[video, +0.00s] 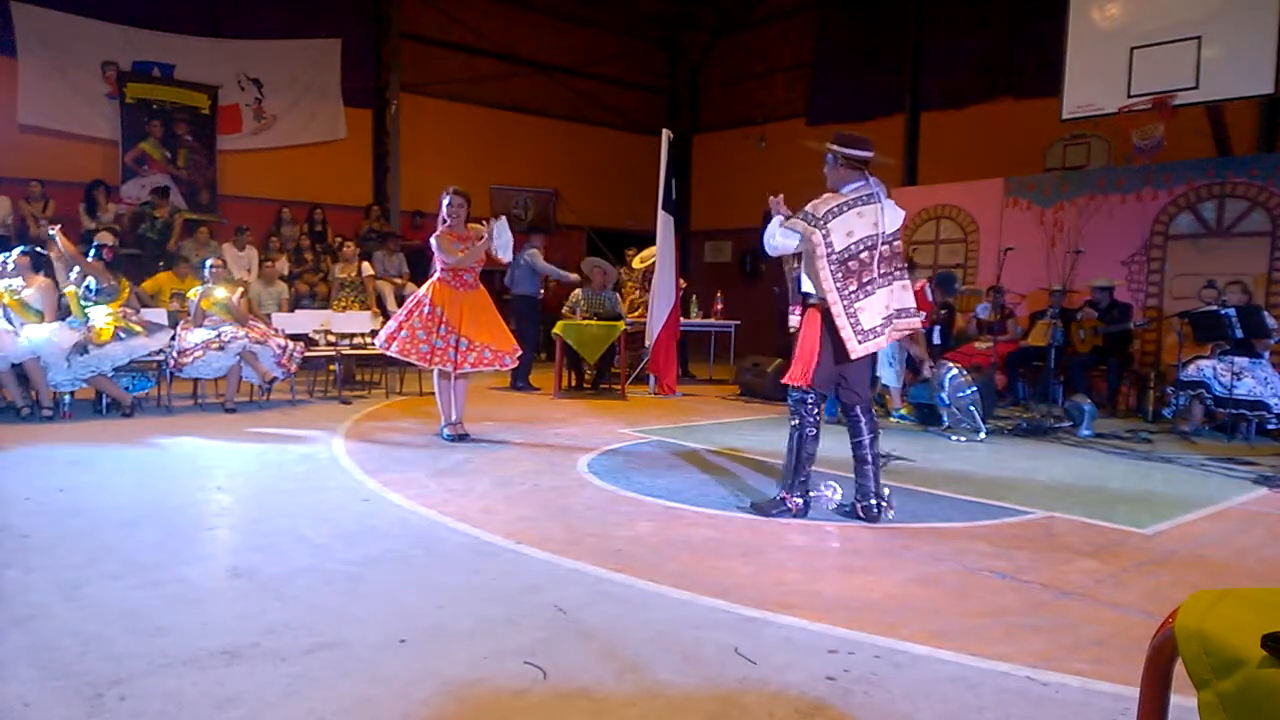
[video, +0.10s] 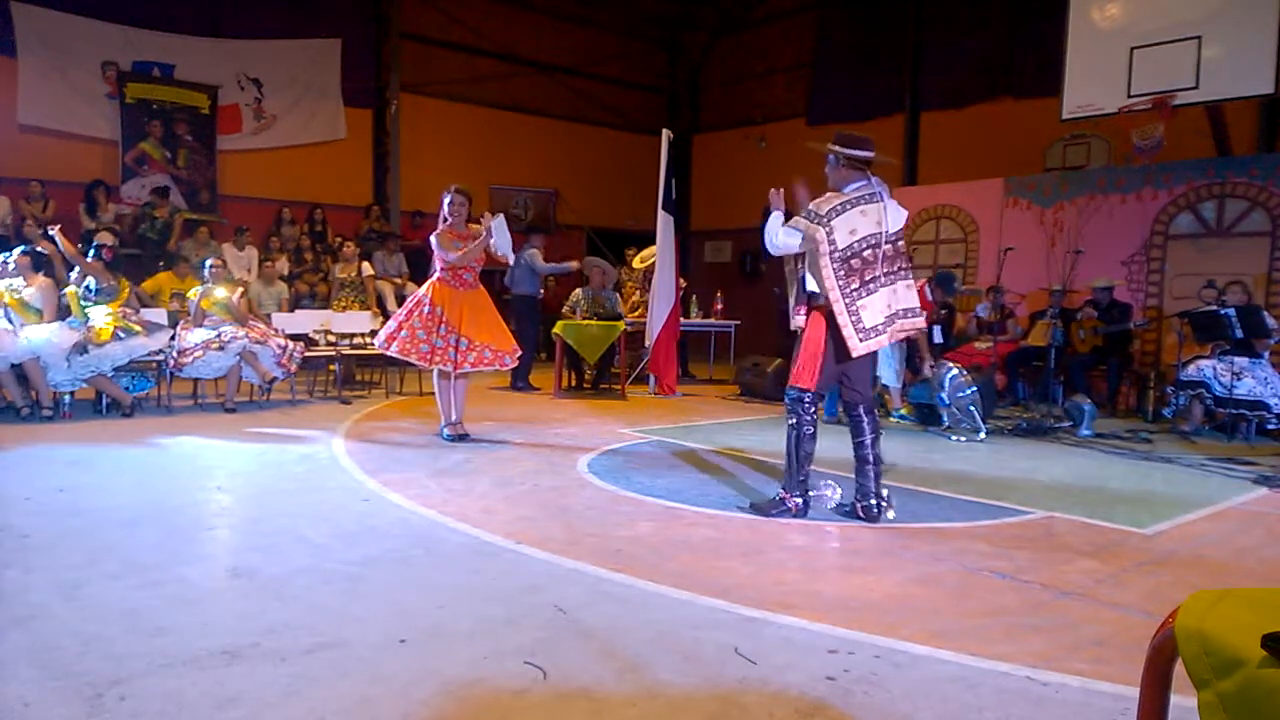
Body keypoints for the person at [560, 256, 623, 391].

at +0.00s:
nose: (597, 276)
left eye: (599, 273)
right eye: (595, 273)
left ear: (605, 277)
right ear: (590, 275)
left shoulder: (613, 296)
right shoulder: (578, 293)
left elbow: (620, 316)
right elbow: (565, 311)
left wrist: (600, 317)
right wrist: (577, 318)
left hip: (603, 332)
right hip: (581, 331)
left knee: (610, 349)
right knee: (570, 345)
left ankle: (597, 380)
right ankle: (578, 377)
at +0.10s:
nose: (594, 276)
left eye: (598, 273)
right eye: (594, 272)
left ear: (604, 277)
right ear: (589, 275)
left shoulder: (613, 295)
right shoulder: (579, 293)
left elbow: (620, 315)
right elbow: (565, 311)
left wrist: (600, 317)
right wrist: (577, 318)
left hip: (603, 332)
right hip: (582, 331)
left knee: (610, 349)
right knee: (570, 345)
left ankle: (597, 380)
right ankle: (579, 378)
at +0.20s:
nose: (597, 277)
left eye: (599, 273)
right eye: (595, 273)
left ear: (604, 277)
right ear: (590, 276)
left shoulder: (613, 295)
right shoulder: (579, 293)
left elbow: (620, 313)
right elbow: (565, 311)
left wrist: (598, 315)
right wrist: (578, 318)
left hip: (603, 333)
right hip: (582, 332)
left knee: (610, 349)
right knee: (570, 346)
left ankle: (597, 380)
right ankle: (578, 378)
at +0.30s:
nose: (596, 276)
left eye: (598, 272)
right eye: (595, 272)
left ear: (605, 276)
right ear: (590, 275)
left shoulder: (613, 295)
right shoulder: (578, 293)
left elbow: (619, 312)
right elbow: (564, 311)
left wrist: (598, 315)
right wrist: (577, 318)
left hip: (603, 332)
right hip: (581, 331)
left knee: (610, 349)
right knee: (570, 345)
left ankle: (597, 380)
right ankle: (578, 377)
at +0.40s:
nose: (601, 277)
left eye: (602, 273)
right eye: (598, 273)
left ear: (604, 276)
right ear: (590, 274)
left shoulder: (613, 295)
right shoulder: (579, 293)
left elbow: (619, 312)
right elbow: (564, 310)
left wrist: (598, 315)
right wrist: (576, 318)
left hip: (603, 333)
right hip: (581, 332)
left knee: (610, 349)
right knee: (570, 345)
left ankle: (597, 380)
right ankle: (578, 377)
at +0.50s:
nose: (590, 276)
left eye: (594, 273)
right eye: (591, 273)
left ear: (602, 277)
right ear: (588, 275)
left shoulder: (613, 295)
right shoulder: (579, 293)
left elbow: (619, 312)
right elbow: (563, 309)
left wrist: (598, 314)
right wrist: (575, 318)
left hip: (603, 333)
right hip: (581, 331)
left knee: (610, 349)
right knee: (569, 345)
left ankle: (597, 380)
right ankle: (578, 377)